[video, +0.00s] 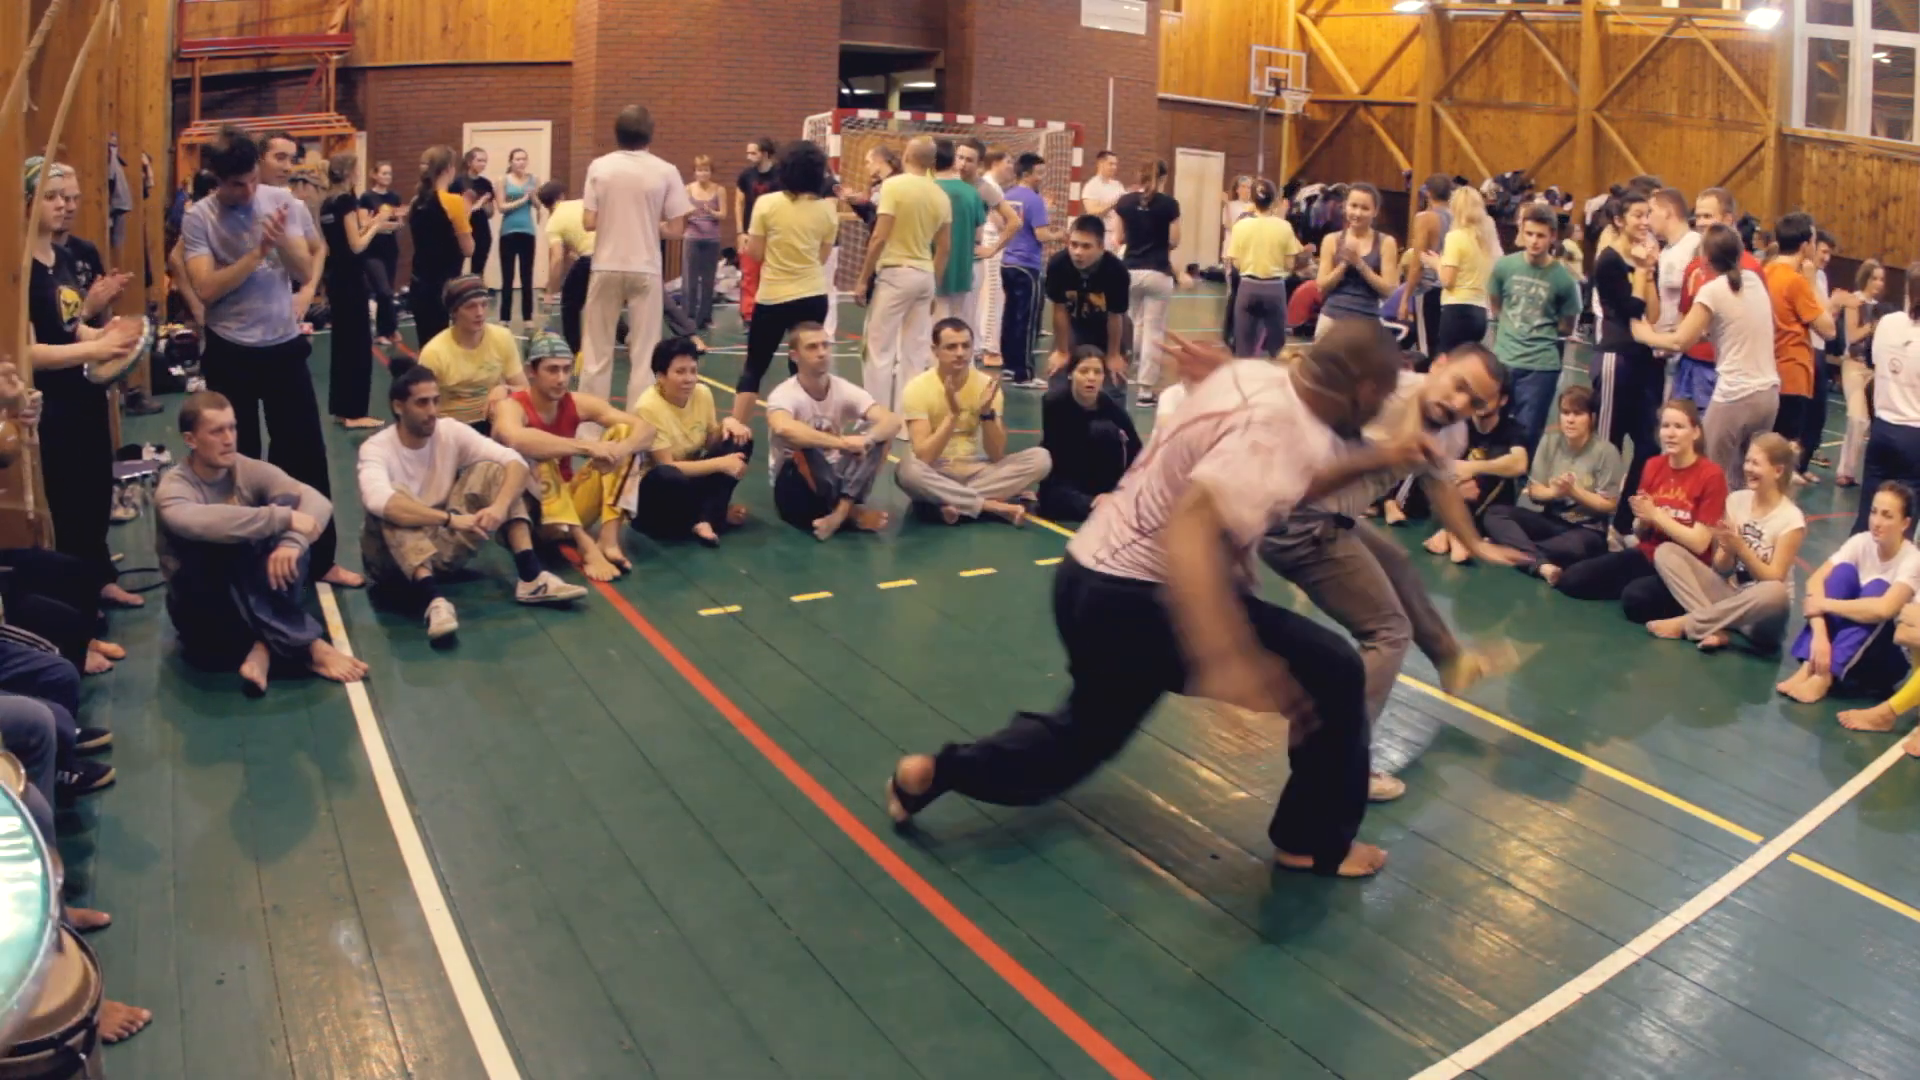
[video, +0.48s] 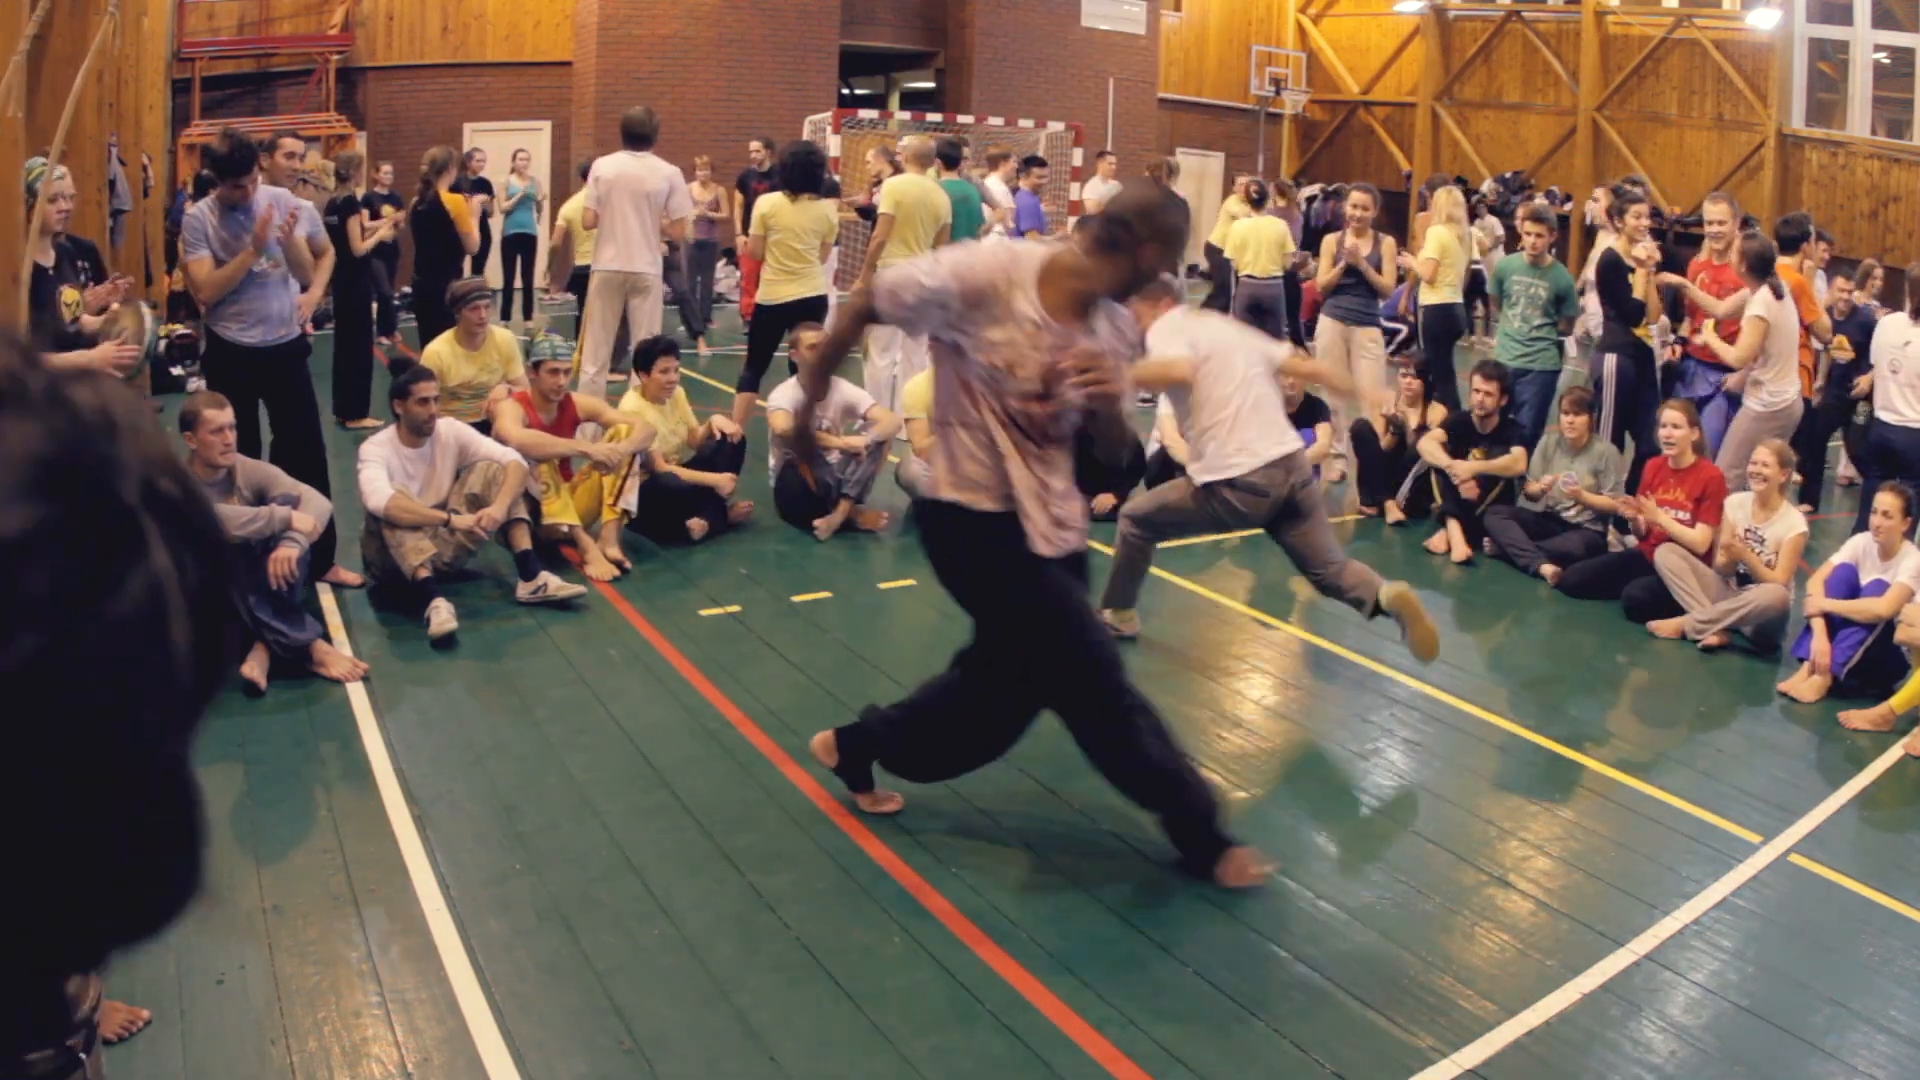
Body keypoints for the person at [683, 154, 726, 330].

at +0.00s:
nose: (701, 173)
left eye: (705, 170)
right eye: (698, 170)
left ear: (711, 171)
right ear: (694, 171)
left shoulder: (719, 190)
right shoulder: (688, 189)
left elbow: (723, 214)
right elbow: (682, 211)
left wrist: (710, 211)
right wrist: (693, 210)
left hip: (711, 237)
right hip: (692, 236)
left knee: (708, 281)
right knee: (690, 279)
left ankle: (705, 317)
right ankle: (689, 316)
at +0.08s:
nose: (701, 174)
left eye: (705, 170)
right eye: (698, 170)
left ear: (711, 172)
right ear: (694, 172)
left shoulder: (719, 190)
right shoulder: (689, 189)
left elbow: (722, 214)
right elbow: (683, 212)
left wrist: (707, 210)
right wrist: (696, 208)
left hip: (711, 237)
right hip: (692, 237)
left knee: (708, 281)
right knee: (690, 280)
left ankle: (705, 317)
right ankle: (689, 316)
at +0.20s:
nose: (701, 173)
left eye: (705, 170)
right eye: (698, 170)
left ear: (711, 172)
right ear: (694, 172)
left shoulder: (719, 190)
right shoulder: (689, 189)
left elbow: (723, 213)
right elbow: (683, 210)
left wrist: (708, 209)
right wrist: (695, 208)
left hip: (710, 238)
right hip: (691, 237)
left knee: (708, 282)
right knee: (690, 280)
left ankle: (705, 316)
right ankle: (690, 316)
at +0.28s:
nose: (701, 174)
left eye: (705, 170)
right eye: (698, 170)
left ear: (711, 172)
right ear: (694, 172)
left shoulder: (718, 190)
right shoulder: (689, 189)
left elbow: (724, 213)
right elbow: (682, 208)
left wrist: (712, 207)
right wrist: (693, 208)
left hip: (710, 238)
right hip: (691, 238)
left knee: (708, 281)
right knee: (690, 280)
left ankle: (705, 316)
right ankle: (690, 316)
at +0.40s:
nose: (702, 173)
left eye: (705, 170)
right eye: (699, 170)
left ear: (711, 171)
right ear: (695, 171)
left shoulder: (718, 190)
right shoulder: (689, 189)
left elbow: (723, 213)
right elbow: (683, 211)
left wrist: (709, 210)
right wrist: (696, 208)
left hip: (710, 238)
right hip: (691, 238)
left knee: (707, 282)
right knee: (690, 281)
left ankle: (705, 318)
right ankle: (690, 319)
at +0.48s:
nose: (702, 173)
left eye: (705, 170)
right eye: (699, 170)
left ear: (711, 171)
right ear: (695, 171)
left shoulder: (719, 190)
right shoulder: (689, 189)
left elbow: (726, 214)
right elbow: (683, 210)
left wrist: (708, 214)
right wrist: (693, 213)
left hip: (710, 239)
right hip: (691, 239)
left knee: (707, 281)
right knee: (690, 281)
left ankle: (706, 317)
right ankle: (691, 318)